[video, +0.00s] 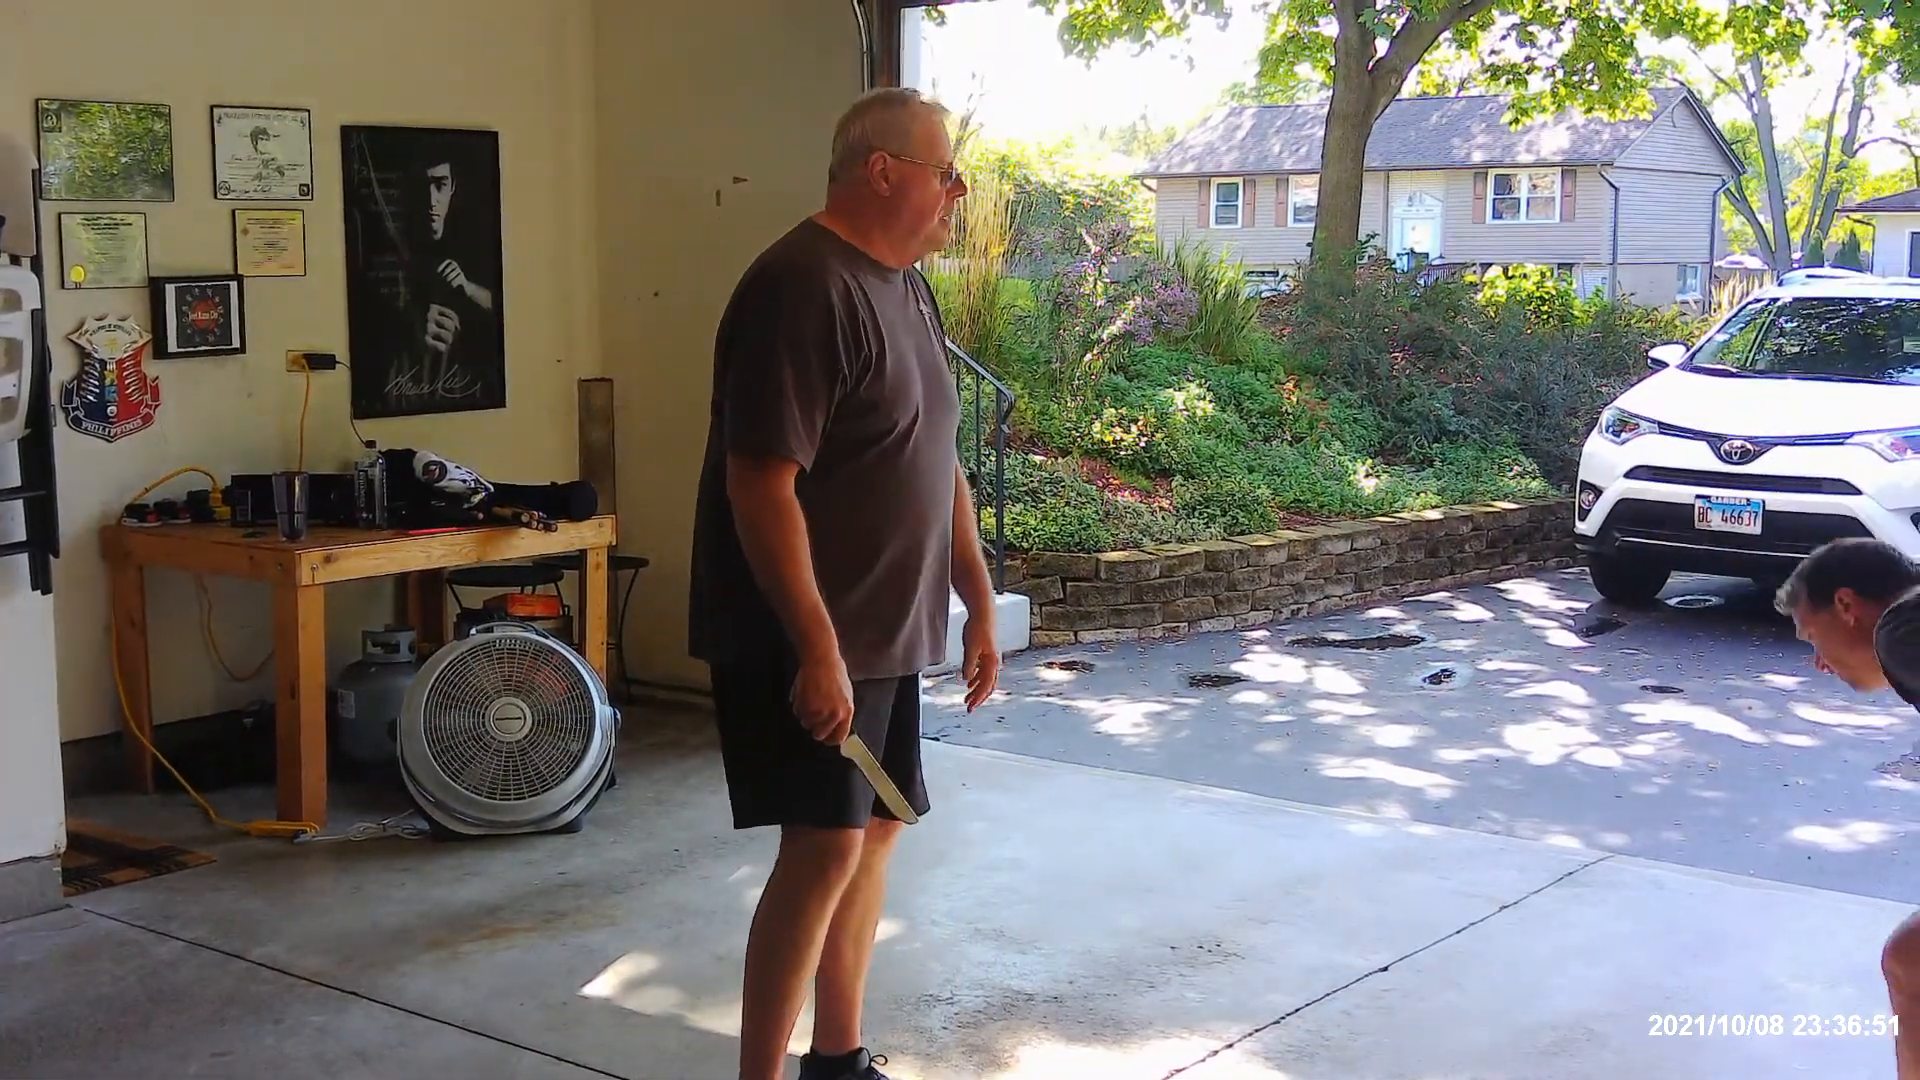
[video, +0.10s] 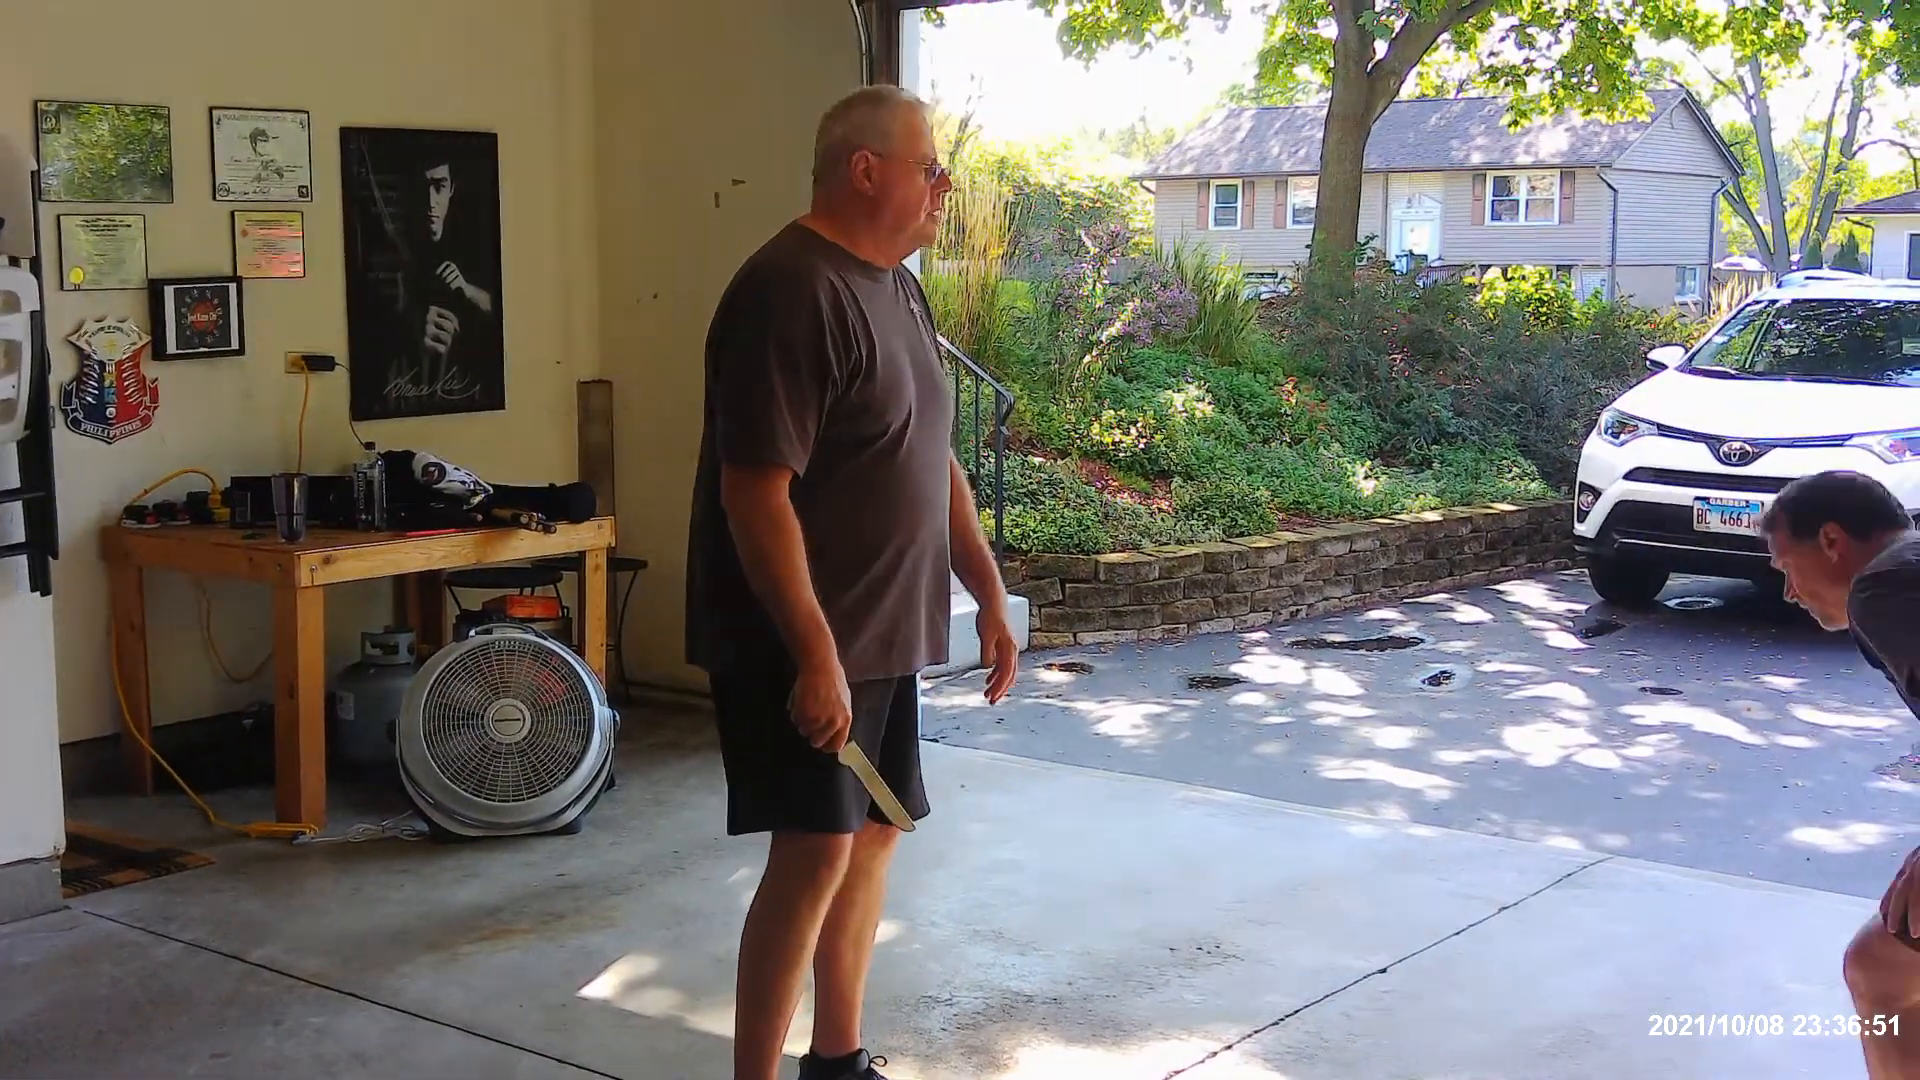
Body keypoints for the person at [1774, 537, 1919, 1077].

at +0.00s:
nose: (1819, 664)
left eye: (1813, 640)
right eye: (1809, 648)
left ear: (1847, 607)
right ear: (1850, 604)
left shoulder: (1901, 635)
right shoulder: (1906, 630)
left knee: (1904, 960)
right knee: (1902, 960)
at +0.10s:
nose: (1790, 592)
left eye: (1788, 570)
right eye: (1783, 575)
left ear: (1833, 542)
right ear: (1837, 540)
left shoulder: (1883, 591)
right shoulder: (1903, 569)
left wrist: (1919, 861)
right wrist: (1919, 856)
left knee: (1876, 969)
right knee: (1879, 966)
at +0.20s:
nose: (1775, 526)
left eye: (1777, 503)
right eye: (1770, 507)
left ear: (1832, 479)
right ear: (1844, 477)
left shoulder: (1865, 547)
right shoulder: (1907, 516)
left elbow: (1900, 687)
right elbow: (1903, 685)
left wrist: (1877, 832)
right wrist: (1884, 835)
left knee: (1850, 977)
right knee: (1863, 979)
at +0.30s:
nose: (1771, 464)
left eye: (1778, 441)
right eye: (1770, 443)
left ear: (1841, 427)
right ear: (1849, 426)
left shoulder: (1862, 515)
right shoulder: (1906, 478)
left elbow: (1877, 663)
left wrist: (1817, 810)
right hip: (1916, 812)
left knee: (1837, 980)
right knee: (1842, 980)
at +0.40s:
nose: (1784, 396)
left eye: (1796, 372)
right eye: (1784, 375)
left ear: (1866, 373)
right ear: (1869, 375)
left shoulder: (1873, 470)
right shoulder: (1899, 448)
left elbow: (1900, 623)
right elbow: (1900, 622)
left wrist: (1836, 771)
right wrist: (1848, 767)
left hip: (1919, 795)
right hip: (1913, 791)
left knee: (1848, 974)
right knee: (1853, 972)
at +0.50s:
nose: (1802, 339)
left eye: (1815, 317)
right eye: (1802, 319)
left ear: (1891, 317)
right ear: (1886, 321)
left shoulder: (1889, 433)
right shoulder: (1891, 426)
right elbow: (1919, 605)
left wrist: (1870, 734)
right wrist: (1880, 719)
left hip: (1912, 762)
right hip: (1908, 755)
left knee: (1849, 964)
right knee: (1851, 961)